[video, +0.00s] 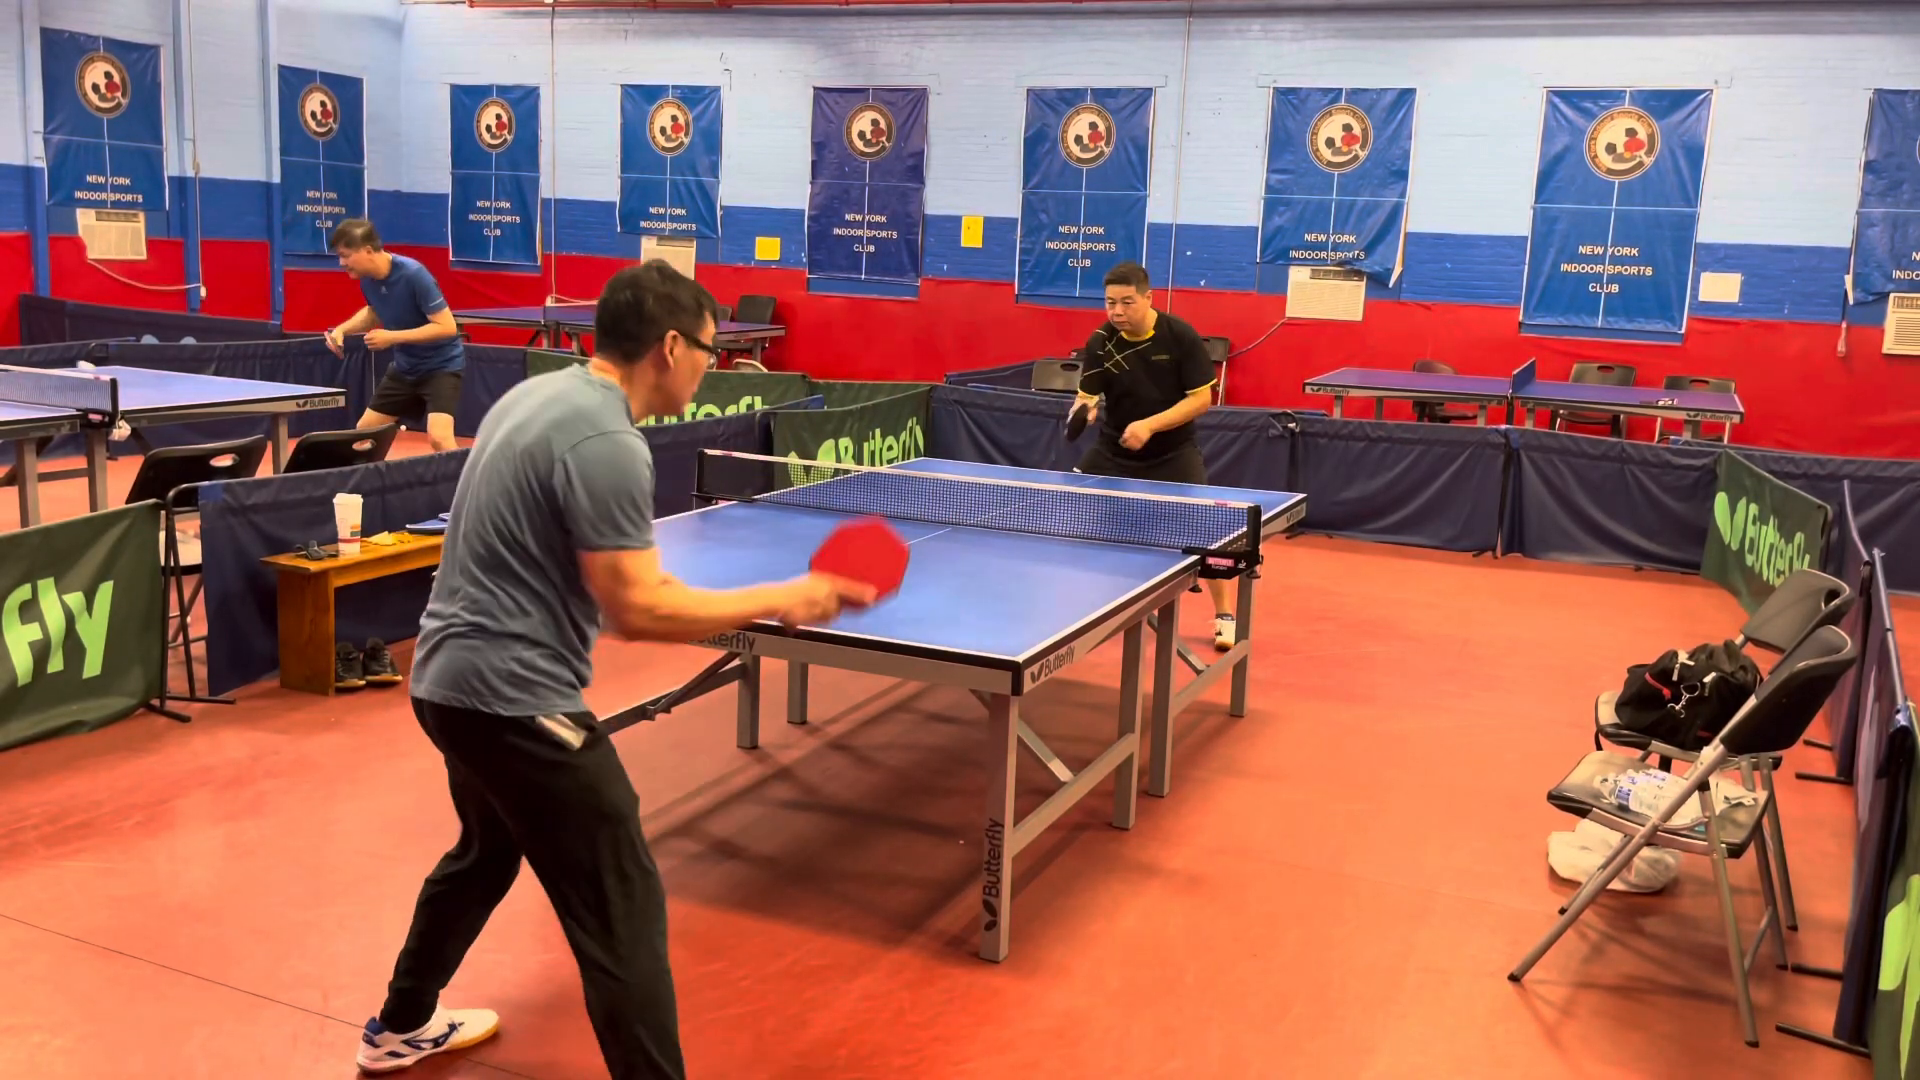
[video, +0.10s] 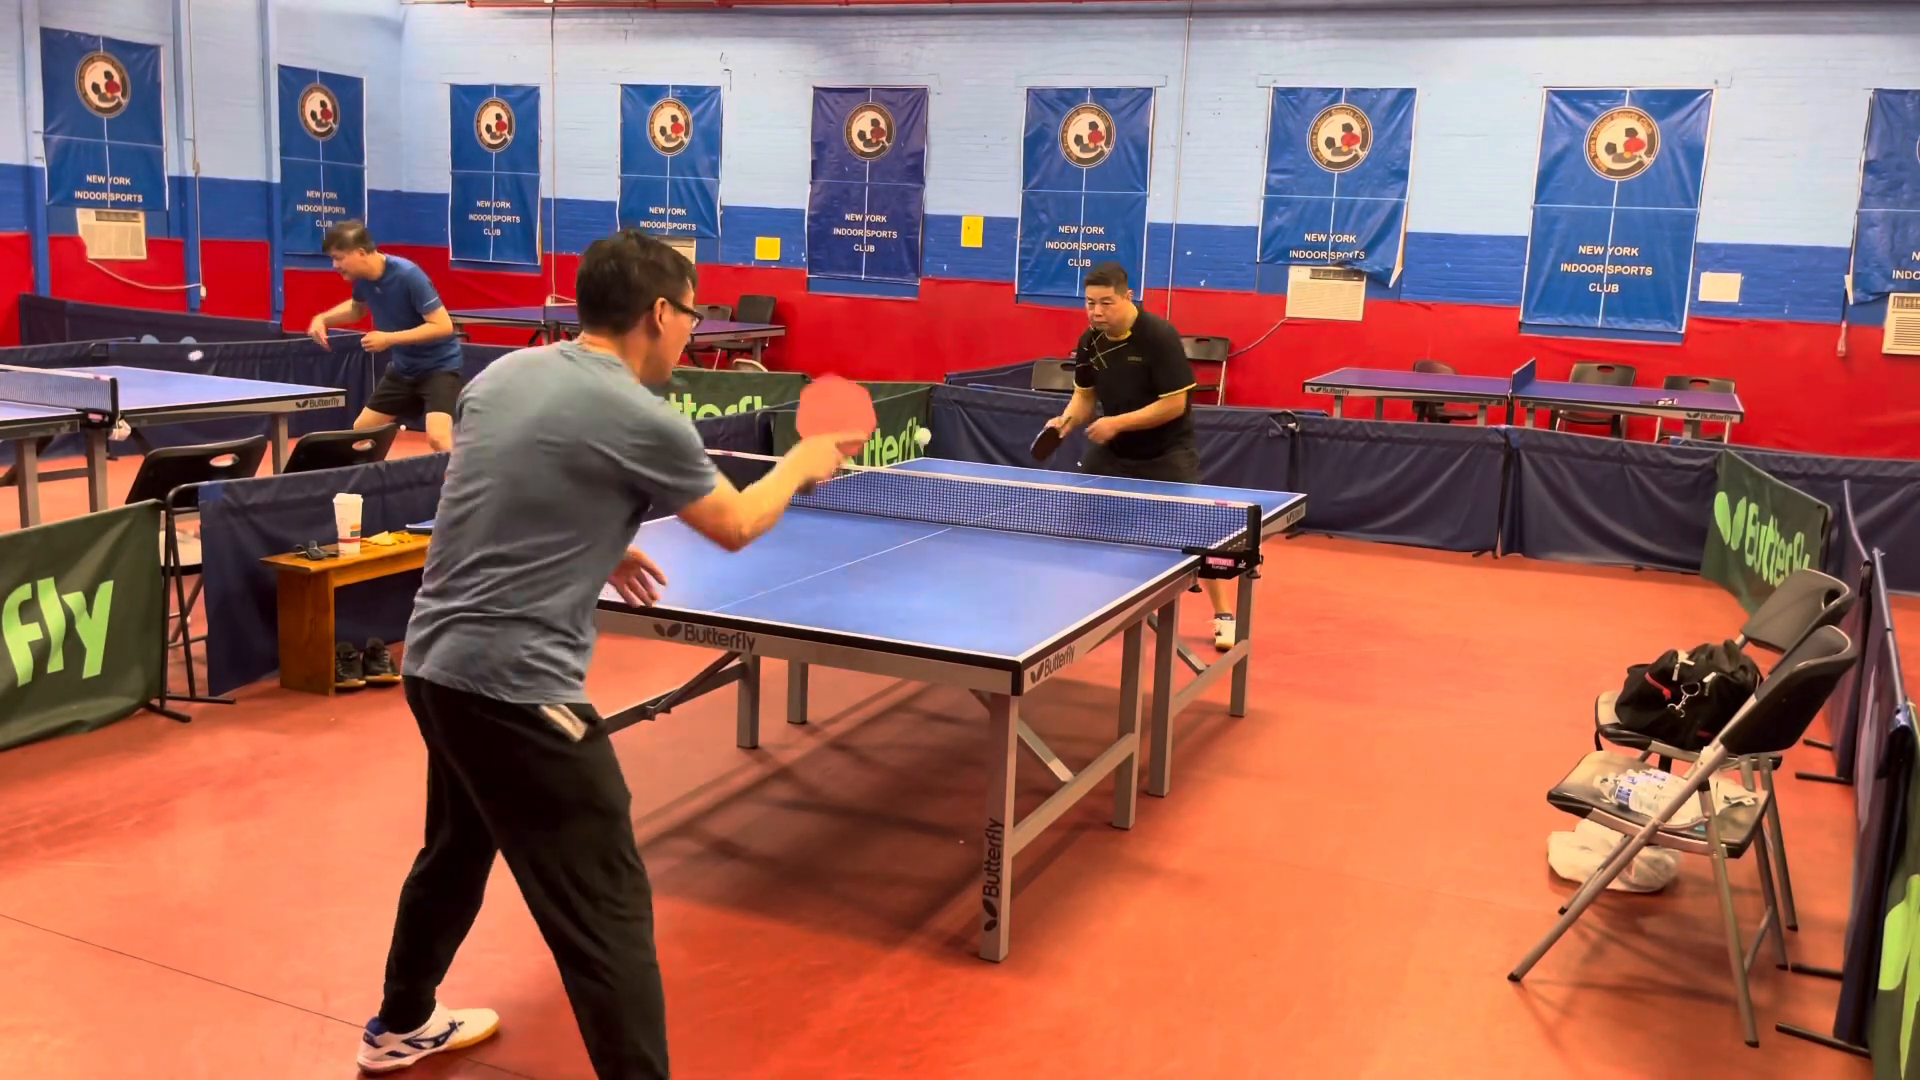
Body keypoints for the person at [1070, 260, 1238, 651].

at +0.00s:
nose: (1116, 311)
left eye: (1125, 303)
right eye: (1110, 303)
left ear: (1148, 298)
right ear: (1105, 303)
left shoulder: (1181, 337)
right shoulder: (1099, 343)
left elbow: (1203, 398)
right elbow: (1087, 400)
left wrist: (1151, 424)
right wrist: (1084, 409)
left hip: (1173, 455)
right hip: (1111, 452)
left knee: (1206, 526)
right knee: (1064, 510)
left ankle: (1224, 616)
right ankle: (1059, 606)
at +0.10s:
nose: (1095, 312)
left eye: (1104, 303)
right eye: (1090, 303)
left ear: (1127, 298)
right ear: (1086, 303)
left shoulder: (1159, 337)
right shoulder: (1090, 341)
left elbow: (1175, 404)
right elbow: (1084, 396)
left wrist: (1117, 422)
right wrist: (1067, 420)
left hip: (1166, 456)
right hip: (1108, 454)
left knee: (1198, 529)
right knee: (1071, 519)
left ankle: (1223, 615)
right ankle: (1072, 609)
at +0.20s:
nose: (1077, 318)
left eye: (1084, 310)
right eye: (1072, 310)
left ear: (1110, 302)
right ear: (1070, 307)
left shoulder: (1137, 339)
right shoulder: (1095, 338)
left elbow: (1140, 412)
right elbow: (1104, 385)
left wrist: (1091, 421)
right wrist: (1068, 413)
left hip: (1159, 452)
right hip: (1116, 449)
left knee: (1182, 529)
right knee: (1073, 511)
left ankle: (1227, 613)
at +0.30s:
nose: (1065, 326)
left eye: (1072, 317)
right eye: (1062, 317)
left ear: (1100, 308)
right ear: (1092, 310)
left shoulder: (1124, 345)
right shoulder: (1110, 337)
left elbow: (1118, 419)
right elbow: (1108, 381)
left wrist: (1079, 422)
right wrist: (1065, 398)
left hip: (1155, 462)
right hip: (1119, 454)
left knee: (1181, 538)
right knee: (1064, 509)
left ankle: (1239, 615)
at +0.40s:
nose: (1055, 325)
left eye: (1061, 316)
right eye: (1052, 316)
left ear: (1088, 308)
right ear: (1078, 310)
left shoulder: (1118, 342)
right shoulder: (1089, 339)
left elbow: (1125, 414)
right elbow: (1063, 377)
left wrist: (1088, 421)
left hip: (1155, 457)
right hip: (1118, 452)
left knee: (1184, 533)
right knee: (1056, 502)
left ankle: (1241, 616)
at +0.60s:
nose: (1045, 314)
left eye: (1053, 305)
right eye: (1040, 306)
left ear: (1077, 298)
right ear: (1036, 304)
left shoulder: (1115, 325)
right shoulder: (1041, 340)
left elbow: (1150, 379)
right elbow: (1011, 395)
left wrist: (1100, 413)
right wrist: (1014, 382)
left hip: (1137, 437)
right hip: (1084, 436)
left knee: (1172, 514)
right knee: (1032, 498)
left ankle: (1207, 598)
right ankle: (1020, 587)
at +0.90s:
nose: (1044, 331)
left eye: (1053, 323)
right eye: (1038, 323)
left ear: (1073, 319)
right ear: (1031, 322)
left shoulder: (1101, 353)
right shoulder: (1026, 359)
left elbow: (1124, 411)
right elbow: (1012, 411)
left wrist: (1069, 432)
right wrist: (1006, 435)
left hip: (1114, 450)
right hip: (1058, 451)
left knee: (1152, 507)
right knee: (1006, 496)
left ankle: (1183, 596)